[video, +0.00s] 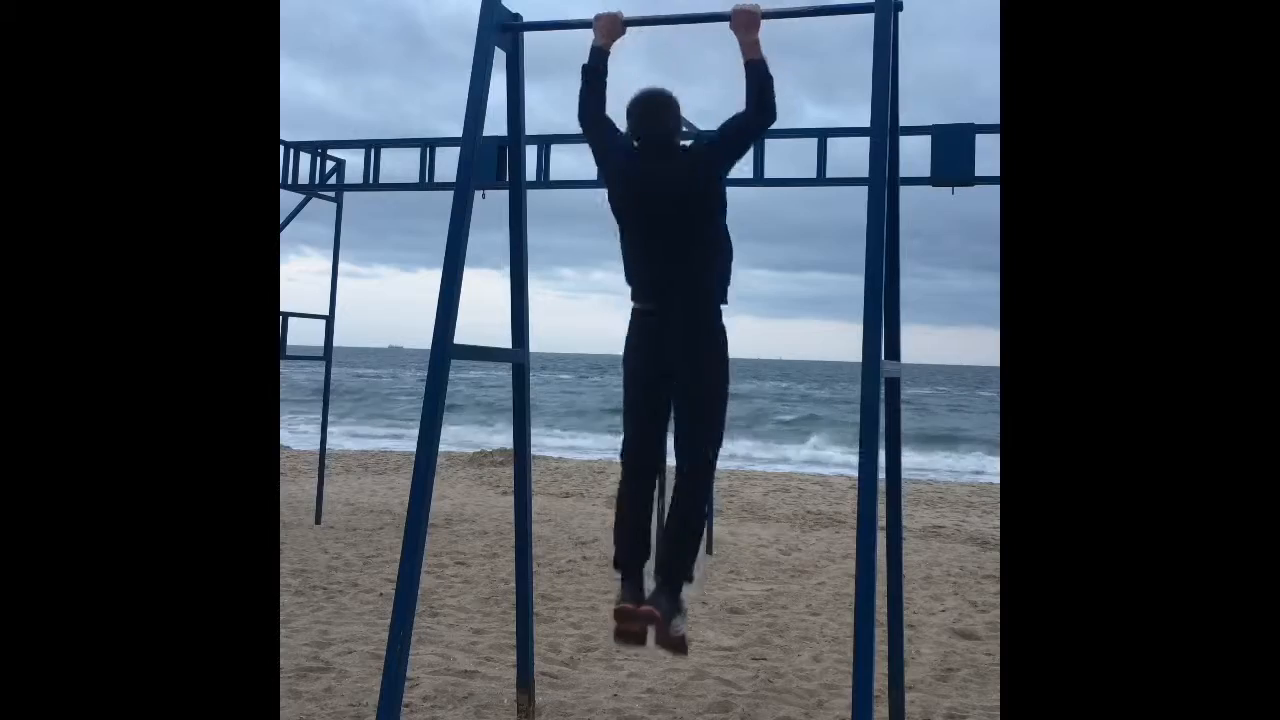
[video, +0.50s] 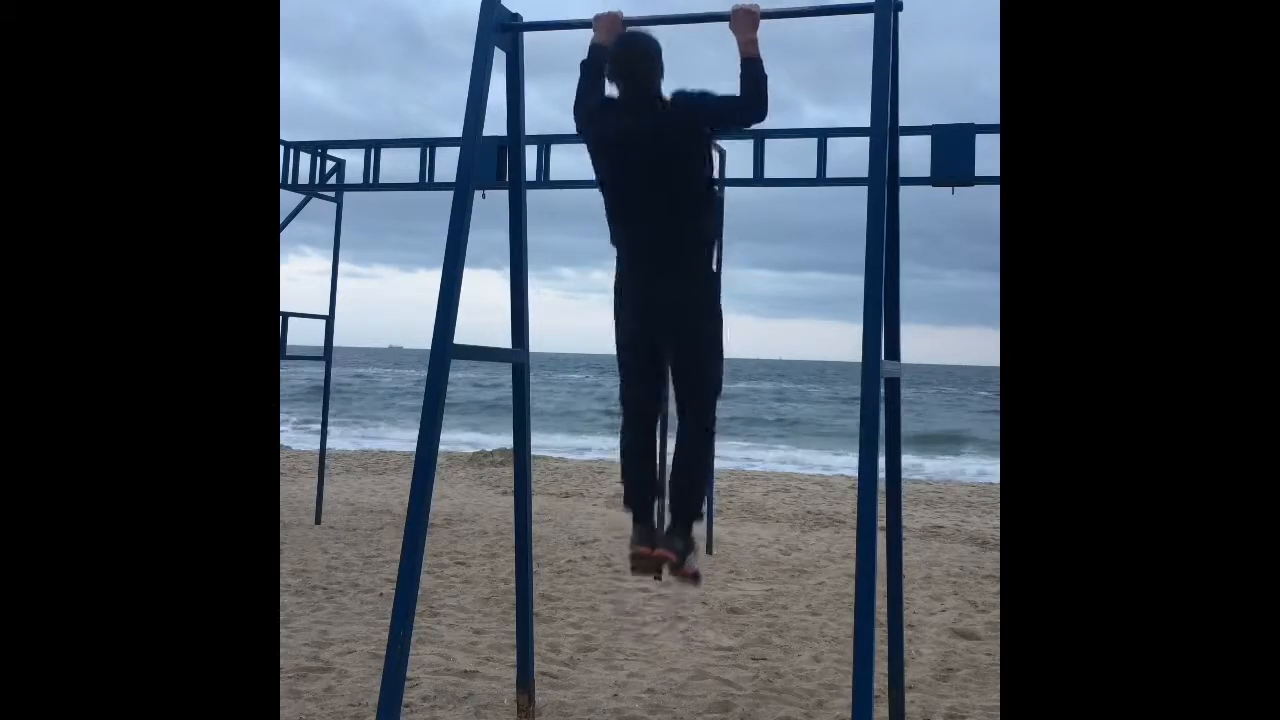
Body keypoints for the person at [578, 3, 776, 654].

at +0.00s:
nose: (683, 122)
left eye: (674, 117)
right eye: (680, 116)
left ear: (631, 130)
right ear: (678, 124)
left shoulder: (620, 167)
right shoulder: (707, 161)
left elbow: (592, 114)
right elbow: (760, 111)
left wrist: (600, 46)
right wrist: (751, 43)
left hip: (646, 330)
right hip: (701, 332)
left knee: (639, 460)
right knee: (695, 469)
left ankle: (631, 592)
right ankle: (666, 600)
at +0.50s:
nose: (640, 75)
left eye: (622, 67)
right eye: (651, 66)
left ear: (613, 75)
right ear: (659, 73)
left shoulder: (600, 125)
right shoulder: (692, 114)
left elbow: (589, 91)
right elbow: (754, 106)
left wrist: (599, 43)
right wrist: (749, 43)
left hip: (634, 288)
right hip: (692, 287)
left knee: (639, 410)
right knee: (696, 413)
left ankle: (642, 531)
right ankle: (678, 538)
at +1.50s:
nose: (680, 129)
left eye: (666, 127)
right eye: (679, 124)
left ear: (632, 139)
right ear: (681, 135)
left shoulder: (623, 170)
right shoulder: (707, 166)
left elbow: (593, 114)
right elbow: (758, 113)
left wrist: (600, 47)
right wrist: (750, 45)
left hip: (645, 339)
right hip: (700, 340)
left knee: (636, 474)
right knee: (691, 480)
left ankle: (626, 603)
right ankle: (663, 610)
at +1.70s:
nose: (658, 91)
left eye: (640, 84)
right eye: (661, 84)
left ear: (620, 97)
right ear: (666, 92)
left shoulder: (607, 140)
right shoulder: (696, 131)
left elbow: (590, 105)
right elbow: (754, 109)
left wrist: (599, 45)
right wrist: (748, 42)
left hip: (639, 307)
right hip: (697, 307)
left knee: (639, 432)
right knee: (696, 439)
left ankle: (638, 553)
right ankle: (675, 564)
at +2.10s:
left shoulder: (602, 37)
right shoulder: (697, 29)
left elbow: (567, 100)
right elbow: (758, 86)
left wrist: (596, 34)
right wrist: (752, 35)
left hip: (636, 202)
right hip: (695, 198)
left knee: (652, 319)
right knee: (711, 315)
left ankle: (671, 435)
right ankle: (711, 436)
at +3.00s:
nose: (652, 79)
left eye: (626, 71)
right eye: (654, 71)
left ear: (612, 83)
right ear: (659, 78)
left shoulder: (602, 130)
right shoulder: (691, 117)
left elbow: (591, 95)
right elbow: (751, 108)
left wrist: (599, 45)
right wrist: (748, 44)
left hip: (637, 292)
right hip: (695, 290)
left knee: (643, 414)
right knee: (702, 418)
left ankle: (647, 539)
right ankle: (684, 541)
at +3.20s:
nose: (606, 18)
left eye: (608, 13)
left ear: (611, 15)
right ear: (657, 12)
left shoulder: (593, 58)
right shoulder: (688, 48)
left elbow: (565, 102)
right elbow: (761, 94)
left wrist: (595, 40)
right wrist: (750, 39)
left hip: (634, 220)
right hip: (691, 216)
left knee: (652, 338)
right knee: (709, 332)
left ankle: (667, 453)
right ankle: (705, 456)